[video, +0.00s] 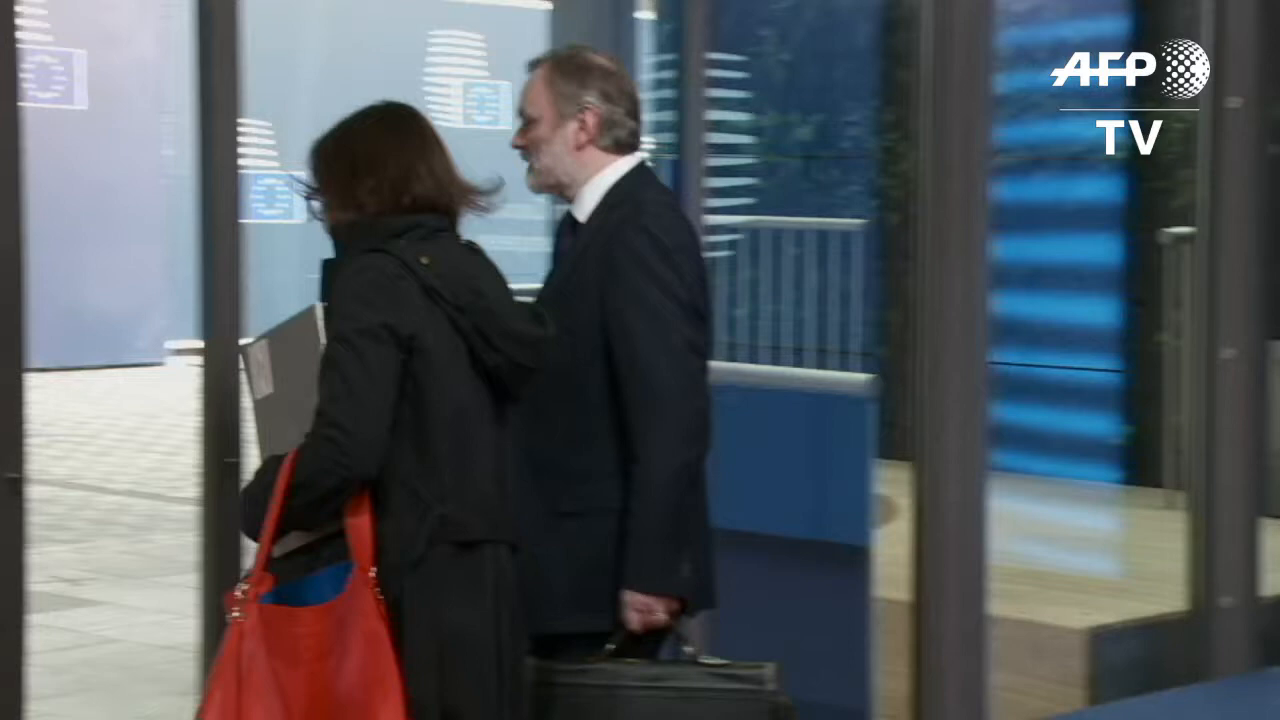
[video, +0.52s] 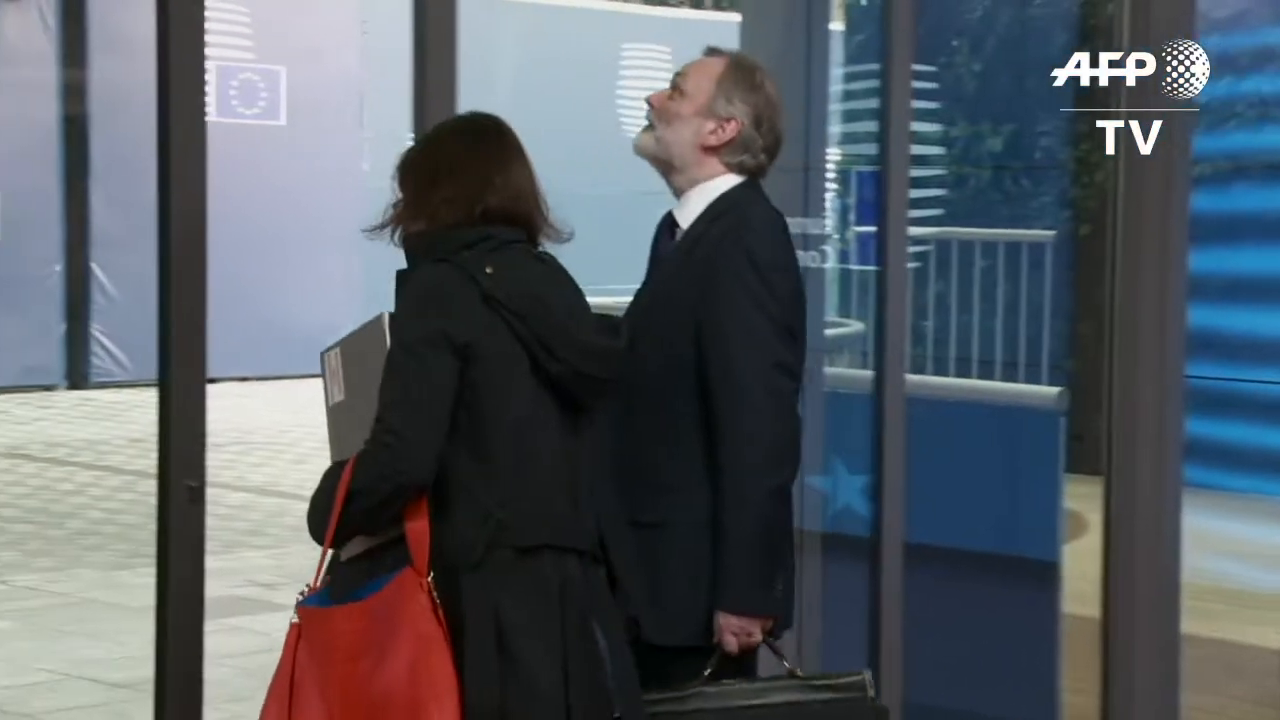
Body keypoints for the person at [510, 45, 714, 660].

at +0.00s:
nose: (517, 140)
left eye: (531, 122)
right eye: (521, 123)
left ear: (583, 127)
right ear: (582, 128)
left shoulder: (639, 228)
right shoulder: (592, 222)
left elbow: (668, 412)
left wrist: (650, 572)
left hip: (609, 569)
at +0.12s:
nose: (530, 135)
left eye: (544, 117)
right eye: (535, 117)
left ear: (597, 128)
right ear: (595, 129)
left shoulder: (655, 228)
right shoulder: (602, 224)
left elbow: (683, 411)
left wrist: (668, 572)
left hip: (626, 570)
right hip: (585, 559)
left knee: (617, 710)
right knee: (586, 707)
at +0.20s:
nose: (560, 119)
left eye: (577, 105)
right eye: (567, 104)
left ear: (627, 129)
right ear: (624, 130)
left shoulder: (680, 231)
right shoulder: (621, 229)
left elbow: (711, 409)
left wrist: (702, 575)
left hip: (655, 571)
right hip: (610, 559)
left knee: (646, 711)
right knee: (611, 709)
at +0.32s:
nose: (607, 105)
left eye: (627, 96)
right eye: (617, 92)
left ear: (672, 130)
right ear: (667, 131)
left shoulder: (707, 234)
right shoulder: (653, 228)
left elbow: (734, 419)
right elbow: (639, 400)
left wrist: (724, 581)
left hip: (676, 576)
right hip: (635, 565)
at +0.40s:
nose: (628, 101)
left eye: (649, 94)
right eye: (641, 89)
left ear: (694, 129)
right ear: (689, 130)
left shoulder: (721, 234)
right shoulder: (666, 226)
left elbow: (741, 420)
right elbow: (645, 397)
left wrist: (730, 583)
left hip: (682, 574)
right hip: (641, 564)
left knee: (677, 715)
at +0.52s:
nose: (653, 99)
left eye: (676, 93)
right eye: (667, 87)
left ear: (719, 131)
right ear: (714, 132)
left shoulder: (743, 236)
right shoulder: (690, 227)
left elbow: (757, 425)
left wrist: (744, 588)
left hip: (696, 574)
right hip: (658, 564)